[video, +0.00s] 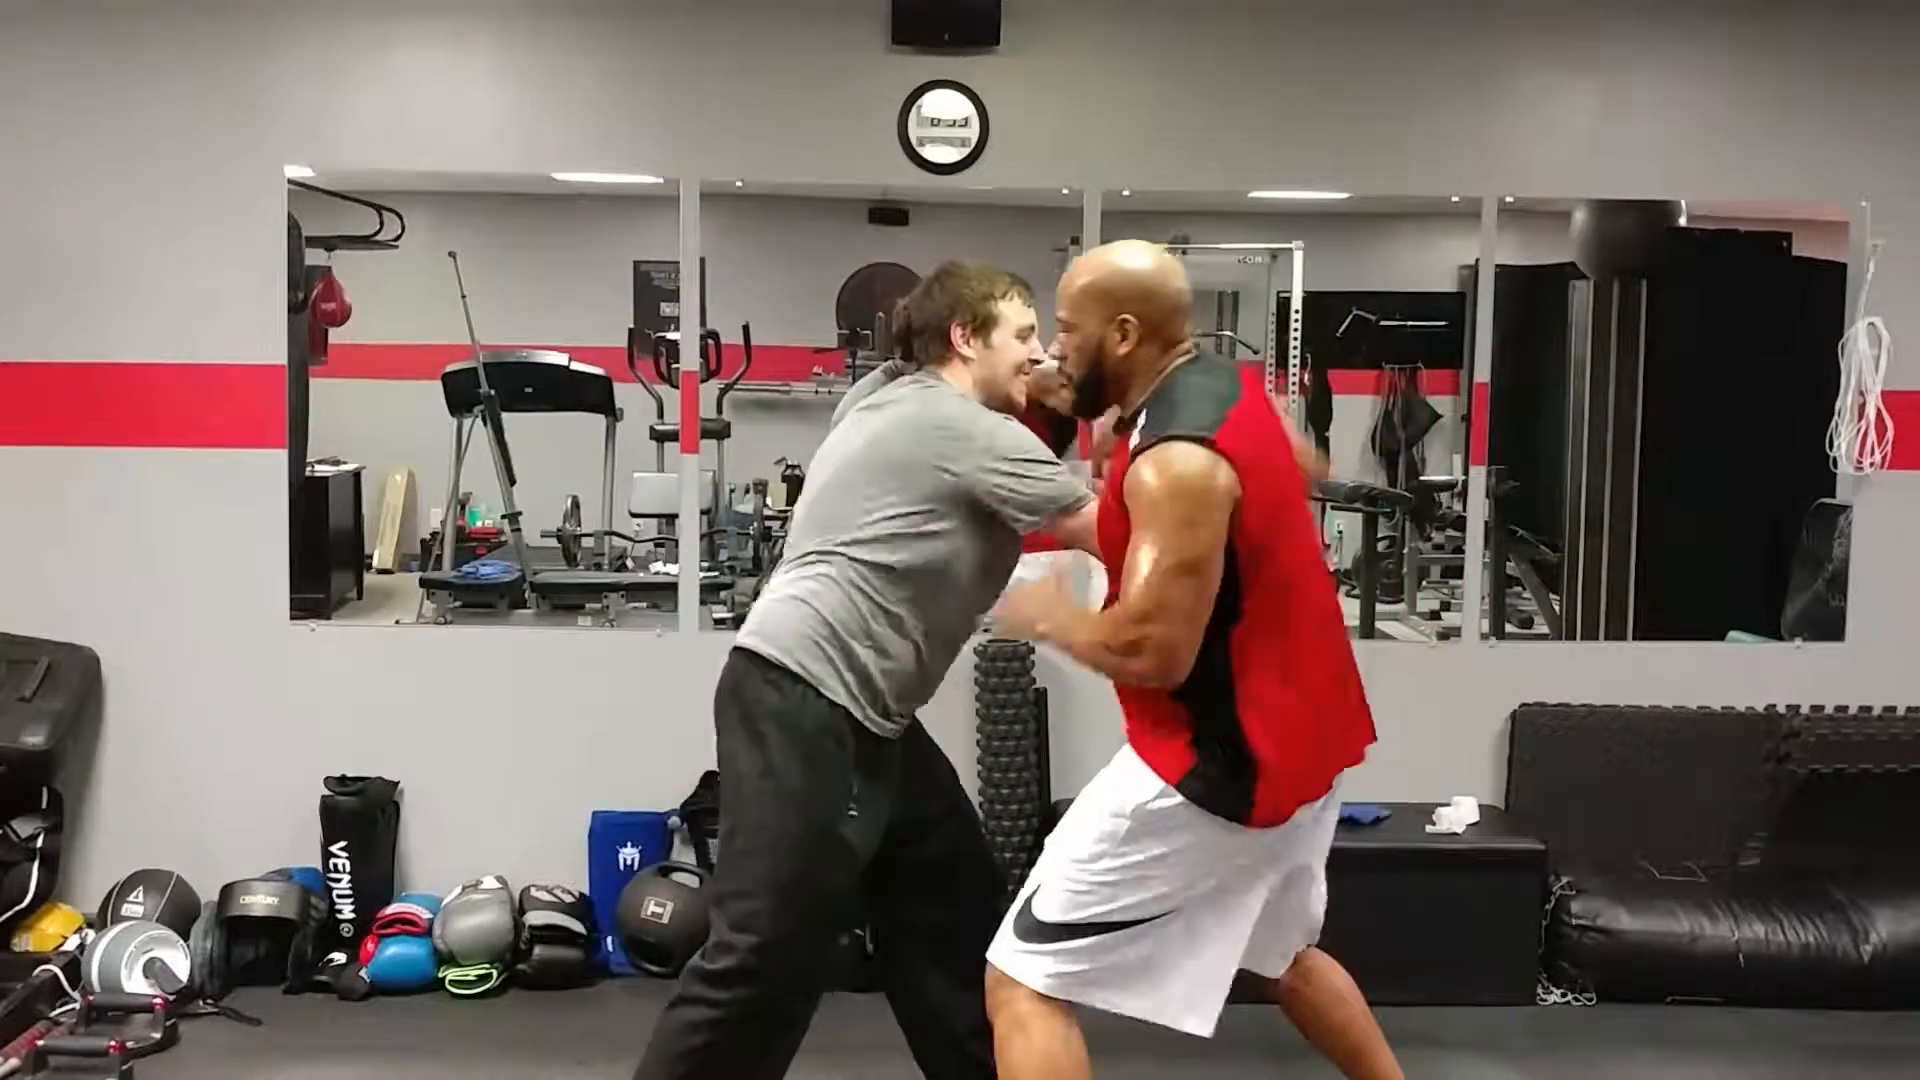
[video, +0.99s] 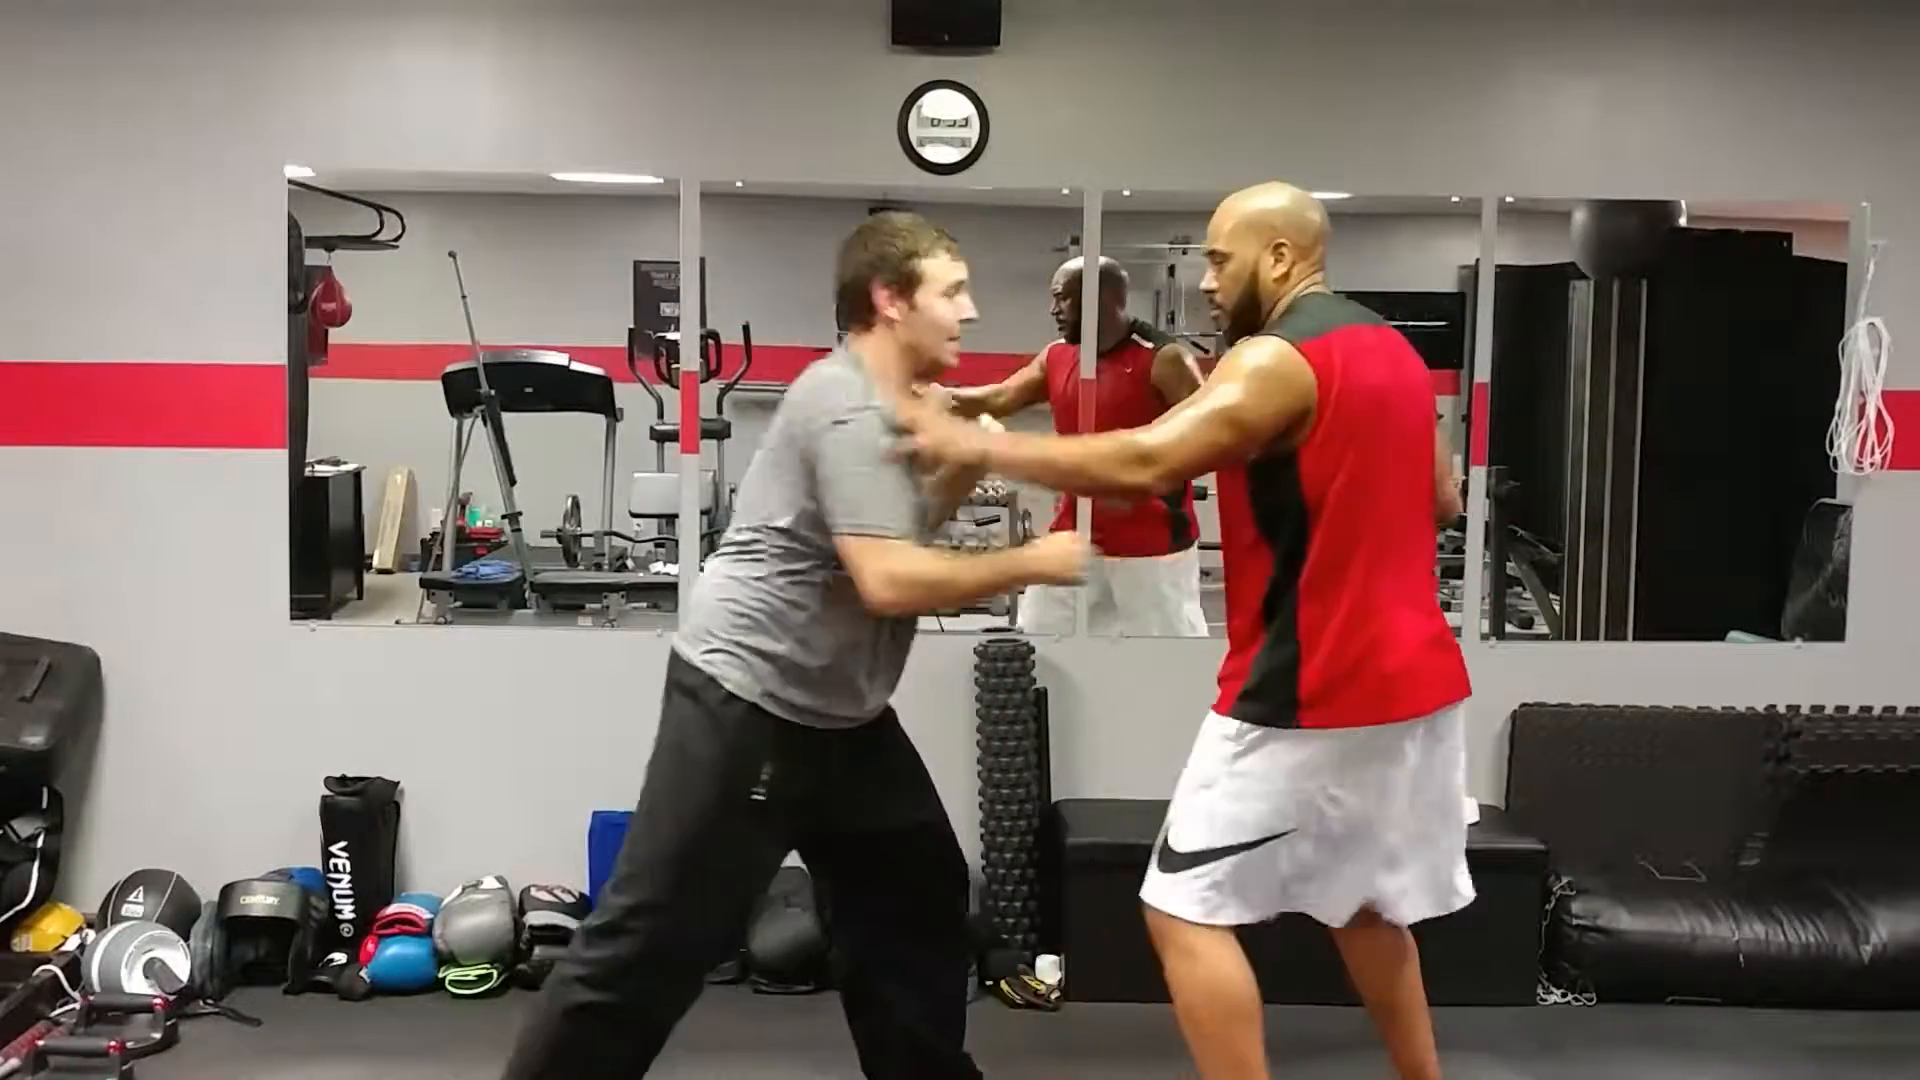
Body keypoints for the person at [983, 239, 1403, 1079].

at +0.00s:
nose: (1053, 346)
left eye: (1066, 328)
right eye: (1055, 327)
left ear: (1126, 333)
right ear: (1149, 328)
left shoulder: (1176, 458)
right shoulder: (1229, 383)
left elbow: (1154, 650)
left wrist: (1049, 618)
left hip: (1210, 762)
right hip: (1301, 740)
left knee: (1022, 977)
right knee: (1280, 950)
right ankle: (1385, 1075)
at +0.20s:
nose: (1050, 327)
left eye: (1060, 308)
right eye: (1051, 308)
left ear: (1118, 310)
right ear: (1141, 308)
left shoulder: (1147, 426)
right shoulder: (1213, 379)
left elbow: (1048, 595)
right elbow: (1071, 428)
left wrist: (926, 577)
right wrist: (956, 401)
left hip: (1191, 757)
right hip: (1286, 736)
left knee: (1013, 980)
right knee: (1244, 957)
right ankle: (1325, 1074)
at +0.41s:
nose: (1053, 313)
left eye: (1064, 296)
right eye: (1056, 294)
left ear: (1110, 303)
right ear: (1164, 304)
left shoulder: (1069, 379)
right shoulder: (1257, 379)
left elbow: (894, 398)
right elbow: (1318, 523)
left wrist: (798, 336)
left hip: (1156, 754)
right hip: (1295, 739)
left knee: (997, 971)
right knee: (1254, 917)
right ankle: (1362, 1071)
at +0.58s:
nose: (1101, 322)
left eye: (1112, 303)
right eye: (1101, 303)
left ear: (1165, 298)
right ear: (1208, 302)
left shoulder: (1136, 382)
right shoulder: (1324, 390)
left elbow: (959, 420)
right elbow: (1433, 494)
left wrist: (881, 363)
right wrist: (1308, 508)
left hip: (1177, 748)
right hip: (1315, 731)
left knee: (1044, 980)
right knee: (1317, 935)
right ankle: (1409, 1073)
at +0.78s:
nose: (1172, 298)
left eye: (1182, 277)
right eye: (1171, 278)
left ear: (1241, 271)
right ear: (1269, 273)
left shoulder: (1230, 369)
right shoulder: (1372, 354)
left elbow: (1097, 445)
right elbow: (1449, 486)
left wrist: (952, 388)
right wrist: (1319, 506)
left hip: (1276, 684)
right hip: (1402, 673)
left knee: (1112, 891)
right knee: (1350, 899)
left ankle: (1139, 1073)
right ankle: (1421, 1074)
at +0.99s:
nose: (1207, 280)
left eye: (1221, 261)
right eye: (1207, 262)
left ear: (1283, 259)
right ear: (1301, 263)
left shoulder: (1277, 363)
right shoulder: (1392, 352)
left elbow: (1148, 461)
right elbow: (1441, 496)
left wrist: (978, 445)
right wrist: (1299, 477)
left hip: (1301, 683)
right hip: (1413, 671)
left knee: (1184, 908)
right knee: (1362, 895)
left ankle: (1245, 1076)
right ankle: (1422, 1071)